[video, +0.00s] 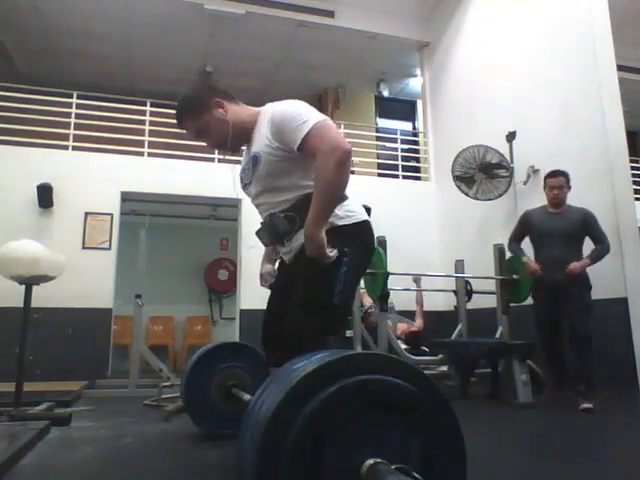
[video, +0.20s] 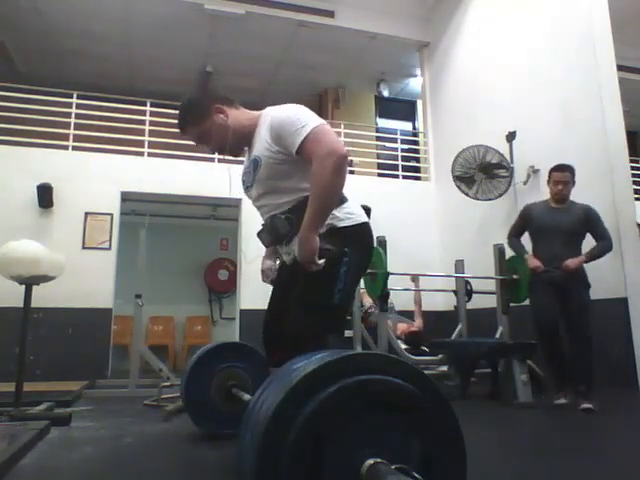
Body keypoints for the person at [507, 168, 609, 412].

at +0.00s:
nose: (555, 193)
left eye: (560, 188)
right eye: (550, 188)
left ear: (568, 189)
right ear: (544, 191)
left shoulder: (582, 216)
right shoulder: (530, 218)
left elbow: (603, 246)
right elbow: (513, 244)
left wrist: (585, 262)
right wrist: (527, 261)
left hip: (575, 287)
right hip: (544, 288)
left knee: (581, 337)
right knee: (549, 339)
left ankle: (584, 394)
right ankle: (557, 389)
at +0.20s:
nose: (559, 188)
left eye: (565, 183)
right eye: (555, 183)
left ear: (572, 185)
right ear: (548, 184)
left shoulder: (584, 213)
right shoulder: (531, 212)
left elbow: (606, 243)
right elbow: (512, 237)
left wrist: (581, 259)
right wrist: (527, 257)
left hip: (573, 284)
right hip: (543, 284)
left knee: (580, 335)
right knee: (548, 335)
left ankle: (585, 394)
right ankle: (561, 390)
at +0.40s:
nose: (564, 185)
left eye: (568, 181)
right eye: (559, 180)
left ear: (572, 183)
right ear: (547, 180)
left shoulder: (580, 212)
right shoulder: (527, 209)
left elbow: (599, 243)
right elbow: (503, 234)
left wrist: (579, 258)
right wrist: (521, 252)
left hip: (569, 281)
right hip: (537, 281)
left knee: (578, 335)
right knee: (534, 334)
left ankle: (583, 396)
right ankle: (531, 395)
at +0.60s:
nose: (556, 185)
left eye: (558, 180)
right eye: (551, 179)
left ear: (560, 183)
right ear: (536, 178)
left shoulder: (564, 212)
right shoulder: (516, 208)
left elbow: (578, 243)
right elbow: (496, 237)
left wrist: (573, 257)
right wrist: (518, 256)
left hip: (557, 281)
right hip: (525, 282)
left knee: (571, 336)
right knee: (520, 340)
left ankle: (583, 396)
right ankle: (513, 397)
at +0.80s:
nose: (549, 182)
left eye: (550, 178)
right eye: (546, 177)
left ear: (538, 178)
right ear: (529, 177)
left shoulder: (548, 208)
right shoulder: (506, 206)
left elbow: (552, 238)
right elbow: (482, 234)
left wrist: (554, 258)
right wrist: (502, 258)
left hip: (543, 279)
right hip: (514, 281)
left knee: (559, 334)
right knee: (515, 339)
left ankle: (567, 393)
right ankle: (511, 397)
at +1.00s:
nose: (546, 180)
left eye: (546, 175)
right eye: (543, 175)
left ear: (532, 176)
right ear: (527, 175)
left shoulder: (541, 206)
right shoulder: (504, 206)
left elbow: (544, 234)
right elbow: (482, 236)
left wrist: (549, 258)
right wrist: (503, 261)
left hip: (539, 279)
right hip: (513, 282)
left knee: (558, 334)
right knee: (515, 339)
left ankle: (567, 393)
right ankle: (511, 398)